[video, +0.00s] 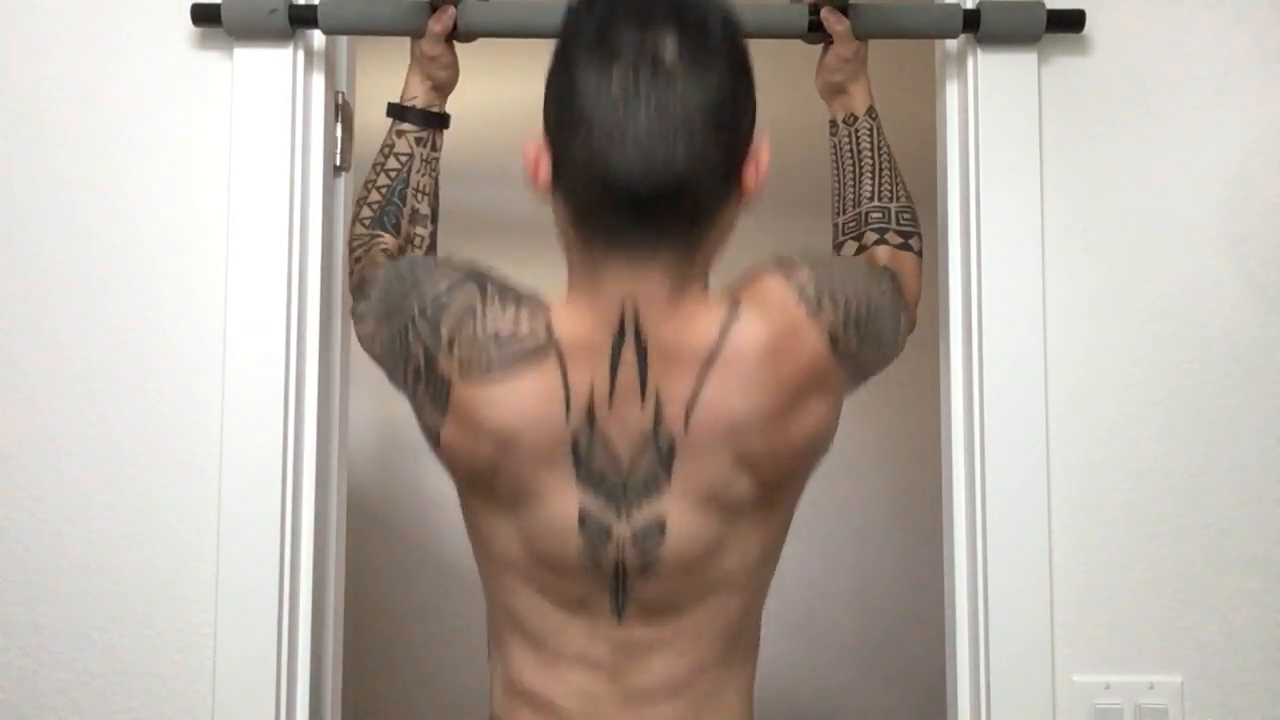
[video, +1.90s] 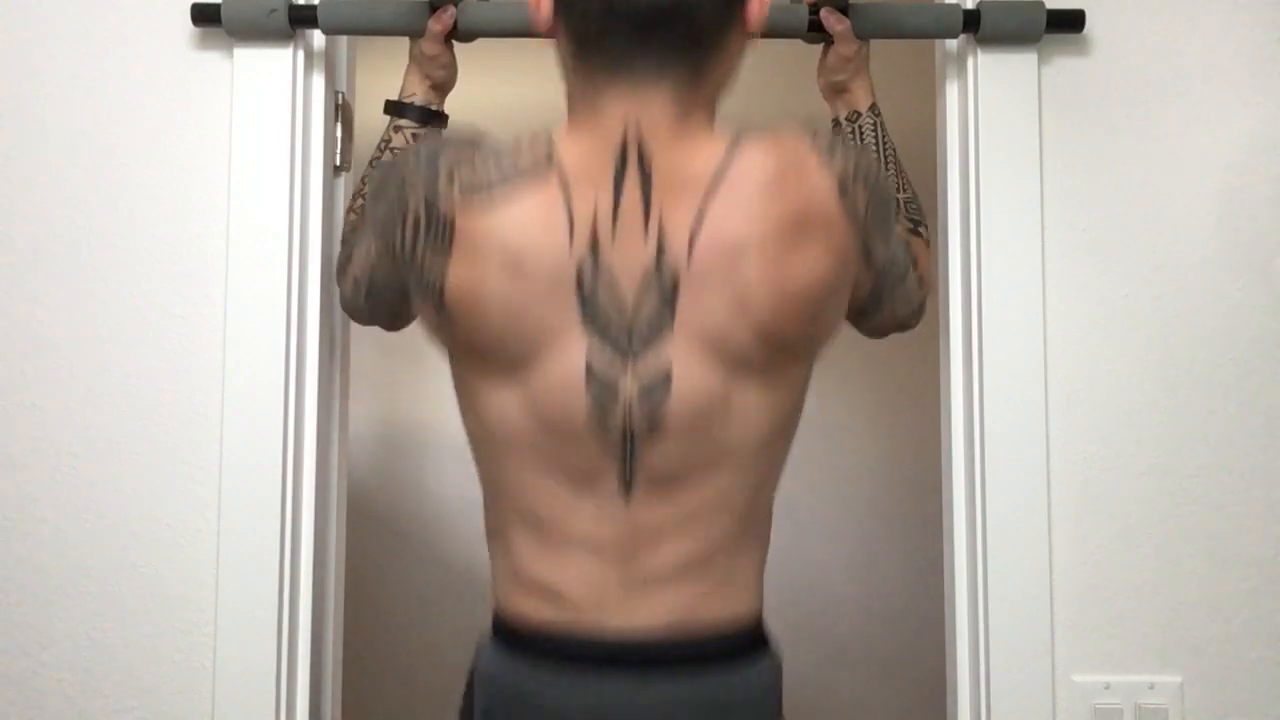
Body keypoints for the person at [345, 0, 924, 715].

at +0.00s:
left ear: (539, 170)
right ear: (753, 171)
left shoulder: (475, 356)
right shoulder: (795, 343)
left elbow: (379, 261)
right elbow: (892, 263)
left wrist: (423, 89)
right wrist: (850, 96)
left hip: (530, 708)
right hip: (711, 707)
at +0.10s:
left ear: (542, 83)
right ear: (754, 85)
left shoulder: (465, 276)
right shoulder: (801, 271)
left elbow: (365, 260)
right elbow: (903, 273)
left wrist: (421, 89)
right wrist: (853, 99)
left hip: (525, 696)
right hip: (715, 697)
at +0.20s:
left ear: (549, 19)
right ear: (749, 18)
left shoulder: (460, 203)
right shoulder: (799, 194)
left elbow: (366, 287)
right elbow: (898, 295)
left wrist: (417, 98)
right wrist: (854, 99)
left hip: (528, 672)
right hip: (719, 675)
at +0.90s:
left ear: (543, 126)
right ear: (752, 127)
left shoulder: (475, 308)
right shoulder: (799, 309)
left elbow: (379, 263)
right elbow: (893, 263)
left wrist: (423, 95)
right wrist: (852, 97)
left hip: (534, 699)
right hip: (725, 700)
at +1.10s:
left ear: (543, 209)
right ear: (752, 211)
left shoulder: (484, 389)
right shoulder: (791, 379)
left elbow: (388, 259)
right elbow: (888, 263)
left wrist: (423, 92)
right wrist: (850, 96)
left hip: (537, 710)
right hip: (720, 710)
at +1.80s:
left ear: (537, 105)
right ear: (751, 109)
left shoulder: (468, 295)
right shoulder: (799, 285)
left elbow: (372, 266)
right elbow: (901, 275)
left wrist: (422, 95)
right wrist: (851, 99)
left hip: (528, 699)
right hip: (716, 699)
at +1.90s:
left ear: (545, 20)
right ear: (749, 22)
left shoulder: (458, 199)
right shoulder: (802, 194)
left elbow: (368, 291)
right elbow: (898, 299)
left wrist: (418, 98)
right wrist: (854, 102)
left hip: (529, 681)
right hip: (722, 684)